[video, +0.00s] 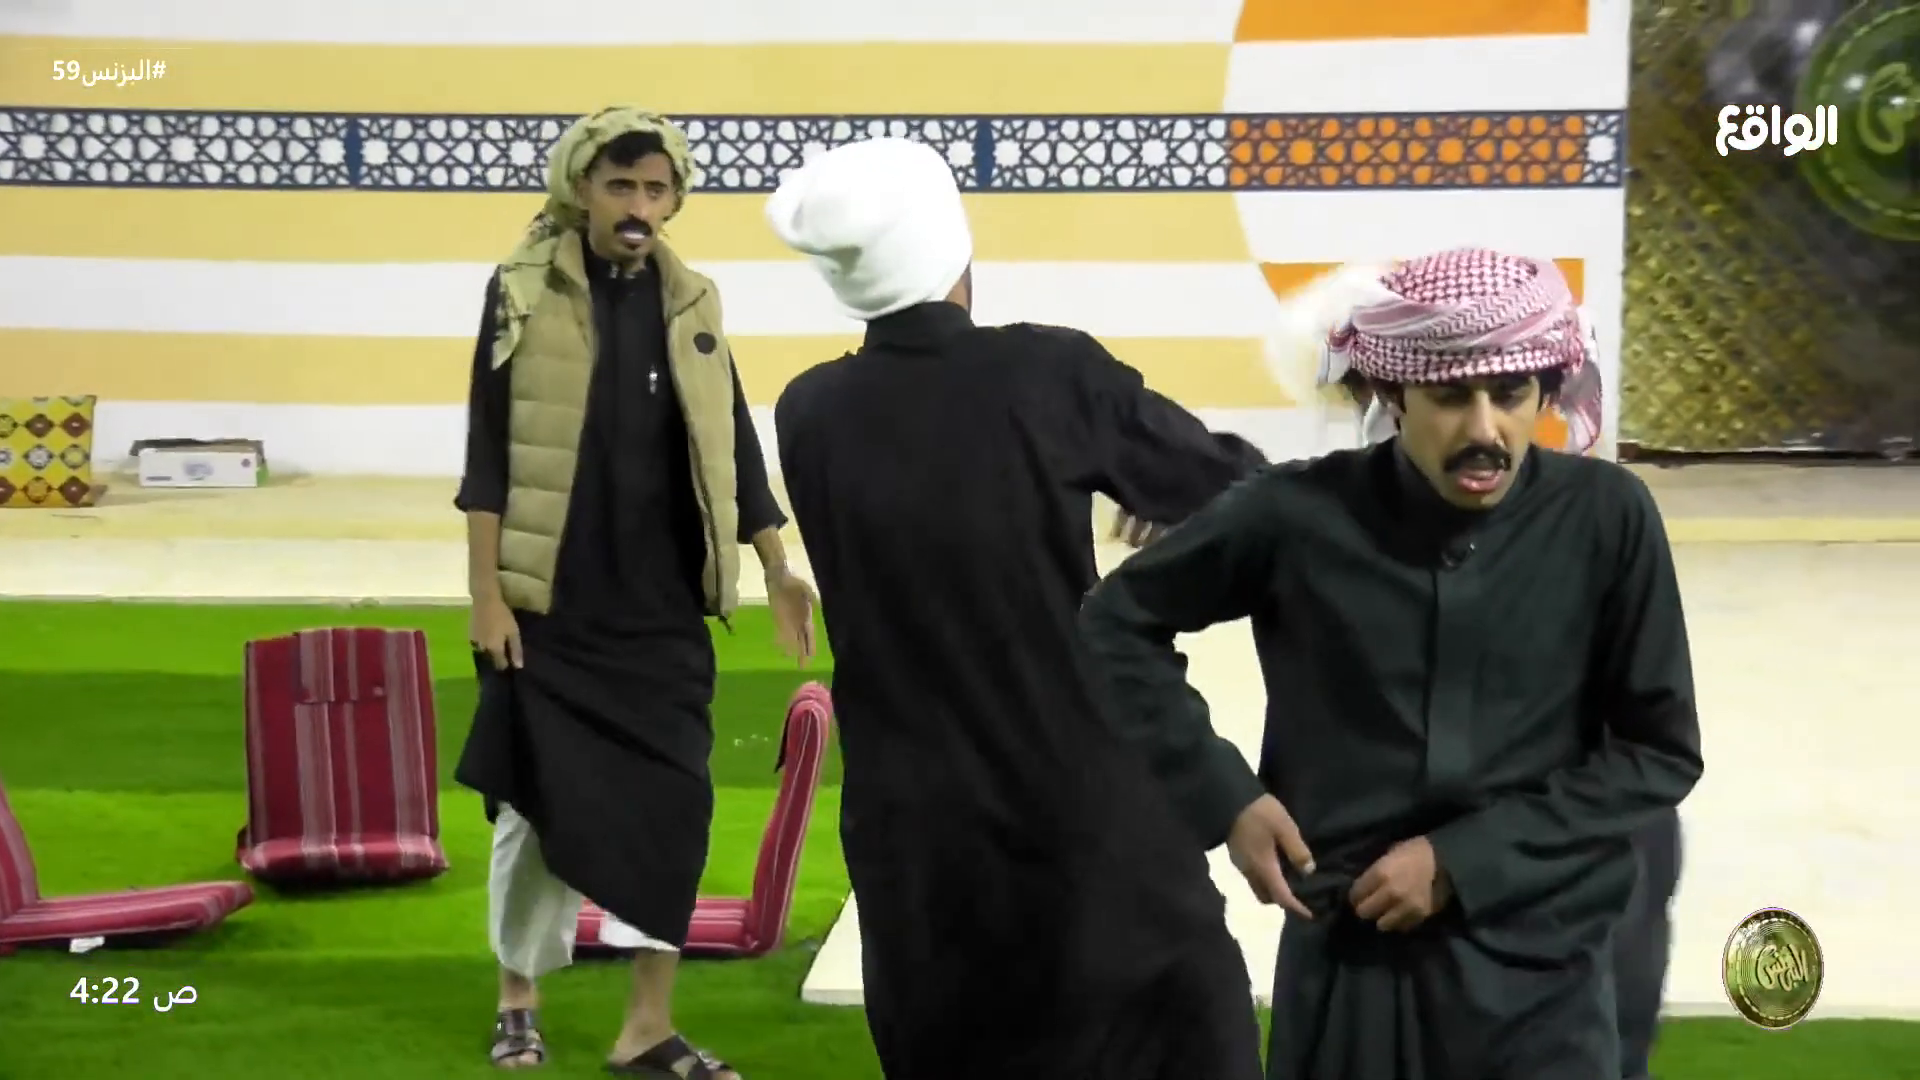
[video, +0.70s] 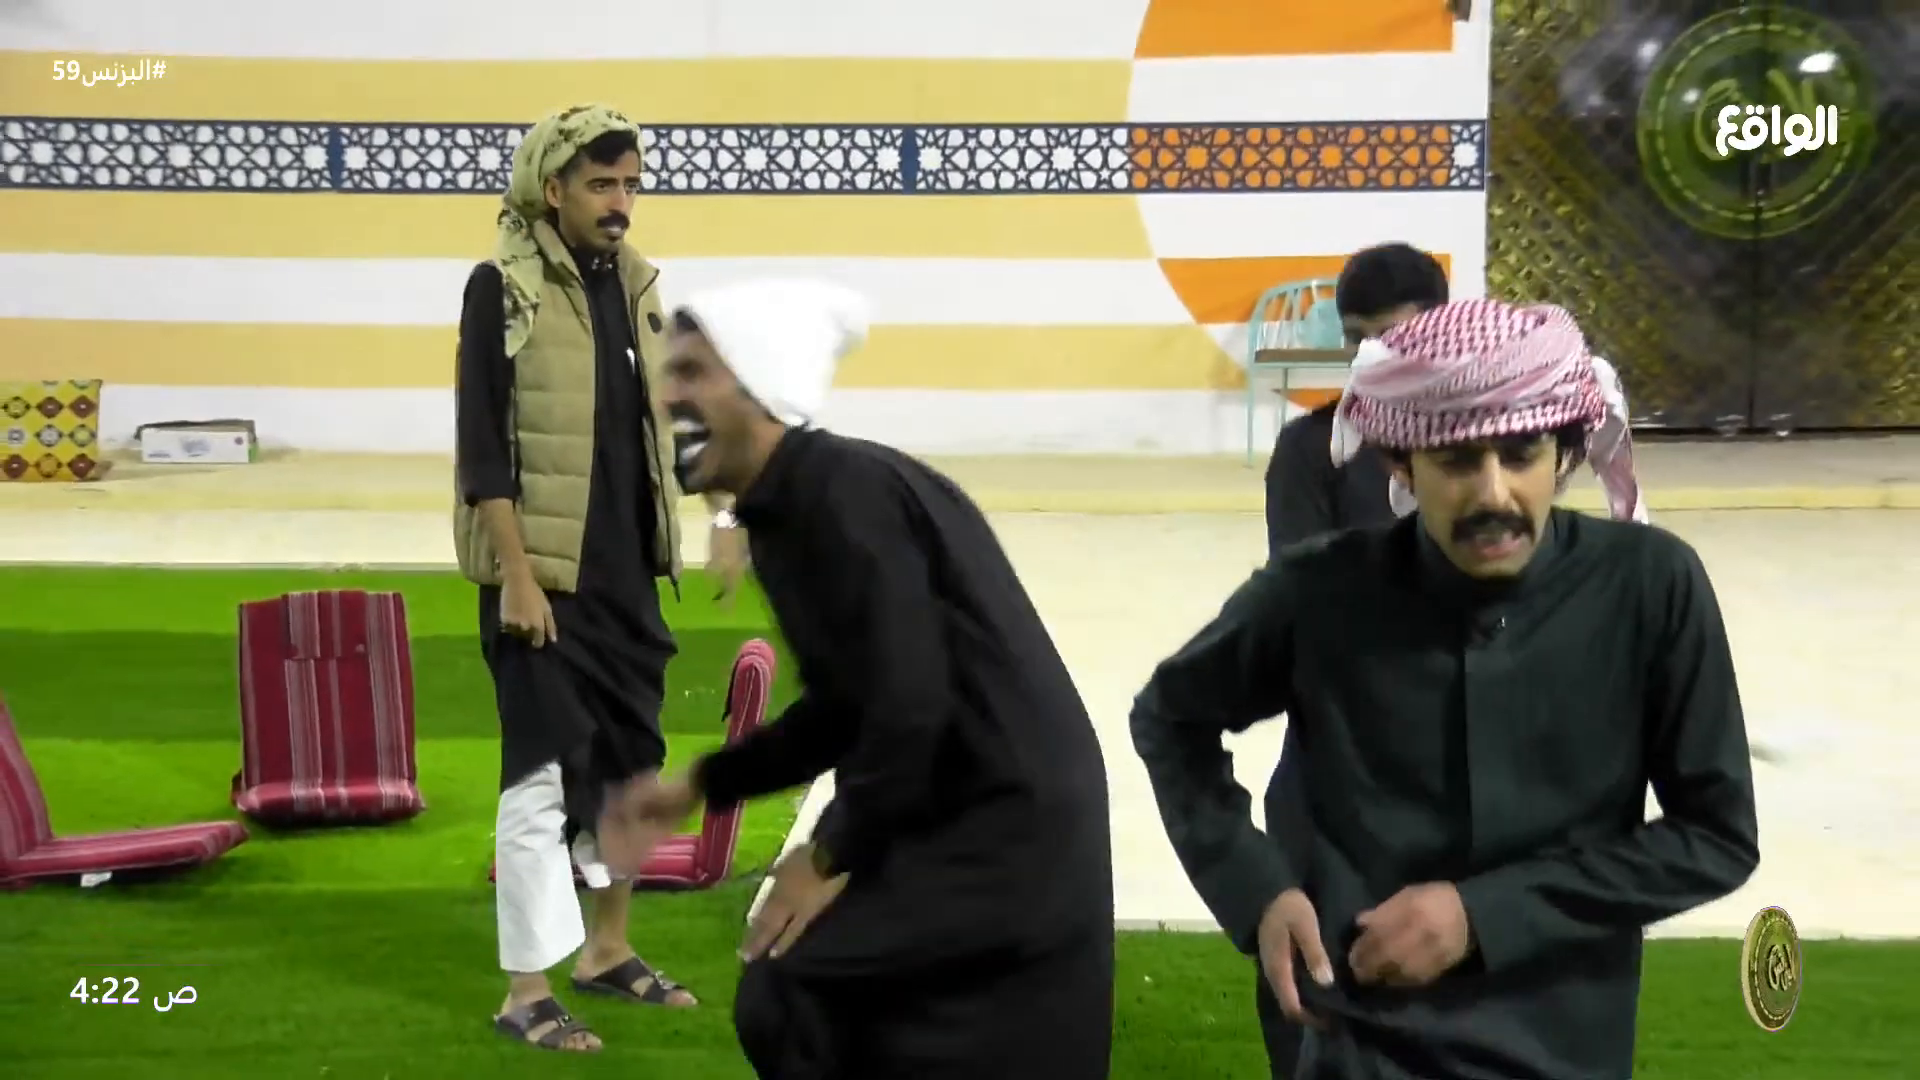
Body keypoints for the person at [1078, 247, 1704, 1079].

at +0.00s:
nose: (1483, 431)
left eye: (1509, 395)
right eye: (1450, 396)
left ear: (1544, 397)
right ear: (1395, 397)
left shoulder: (1608, 516)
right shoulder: (1292, 516)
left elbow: (1659, 753)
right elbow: (1115, 619)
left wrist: (1457, 860)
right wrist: (1229, 799)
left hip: (1541, 985)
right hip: (1344, 979)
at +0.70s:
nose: (1492, 492)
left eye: (1521, 454)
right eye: (1456, 460)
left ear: (1563, 454)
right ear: (1404, 467)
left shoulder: (1653, 586)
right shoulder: (1315, 594)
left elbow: (1718, 837)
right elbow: (1171, 717)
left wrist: (1479, 912)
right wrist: (1258, 893)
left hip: (1562, 1046)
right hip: (1356, 1043)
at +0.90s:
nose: (1469, 569)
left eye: (1495, 523)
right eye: (1427, 537)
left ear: (1548, 514)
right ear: (1378, 543)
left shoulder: (1668, 636)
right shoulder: (1318, 671)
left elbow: (1737, 902)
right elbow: (1187, 804)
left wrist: (1495, 1009)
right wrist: (1294, 979)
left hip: (1599, 1059)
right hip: (1369, 1061)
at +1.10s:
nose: (1491, 571)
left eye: (1514, 522)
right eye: (1446, 539)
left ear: (1570, 508)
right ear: (1400, 543)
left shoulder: (1692, 630)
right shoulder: (1324, 669)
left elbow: (1765, 903)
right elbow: (1179, 812)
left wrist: (1531, 1036)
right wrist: (1319, 998)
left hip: (1634, 1056)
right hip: (1393, 1057)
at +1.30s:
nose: (1533, 652)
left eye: (1560, 605)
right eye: (1490, 618)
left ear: (1615, 578)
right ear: (1440, 600)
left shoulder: (1744, 698)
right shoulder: (1356, 719)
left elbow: (1825, 979)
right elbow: (1191, 858)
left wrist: (1633, 1069)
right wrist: (1346, 1049)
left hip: (1661, 1057)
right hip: (1435, 1063)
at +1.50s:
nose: (1575, 771)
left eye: (1614, 732)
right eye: (1540, 733)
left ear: (1681, 674)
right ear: (1494, 687)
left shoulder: (1822, 764)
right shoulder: (1408, 754)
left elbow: (1893, 1039)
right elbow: (1253, 888)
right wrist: (1368, 1069)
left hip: (1734, 1061)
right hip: (1484, 1060)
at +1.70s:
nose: (1597, 806)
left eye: (1639, 766)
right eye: (1560, 765)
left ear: (1718, 697)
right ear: (1519, 710)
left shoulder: (1870, 768)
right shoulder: (1445, 758)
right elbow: (1303, 888)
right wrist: (1399, 1069)